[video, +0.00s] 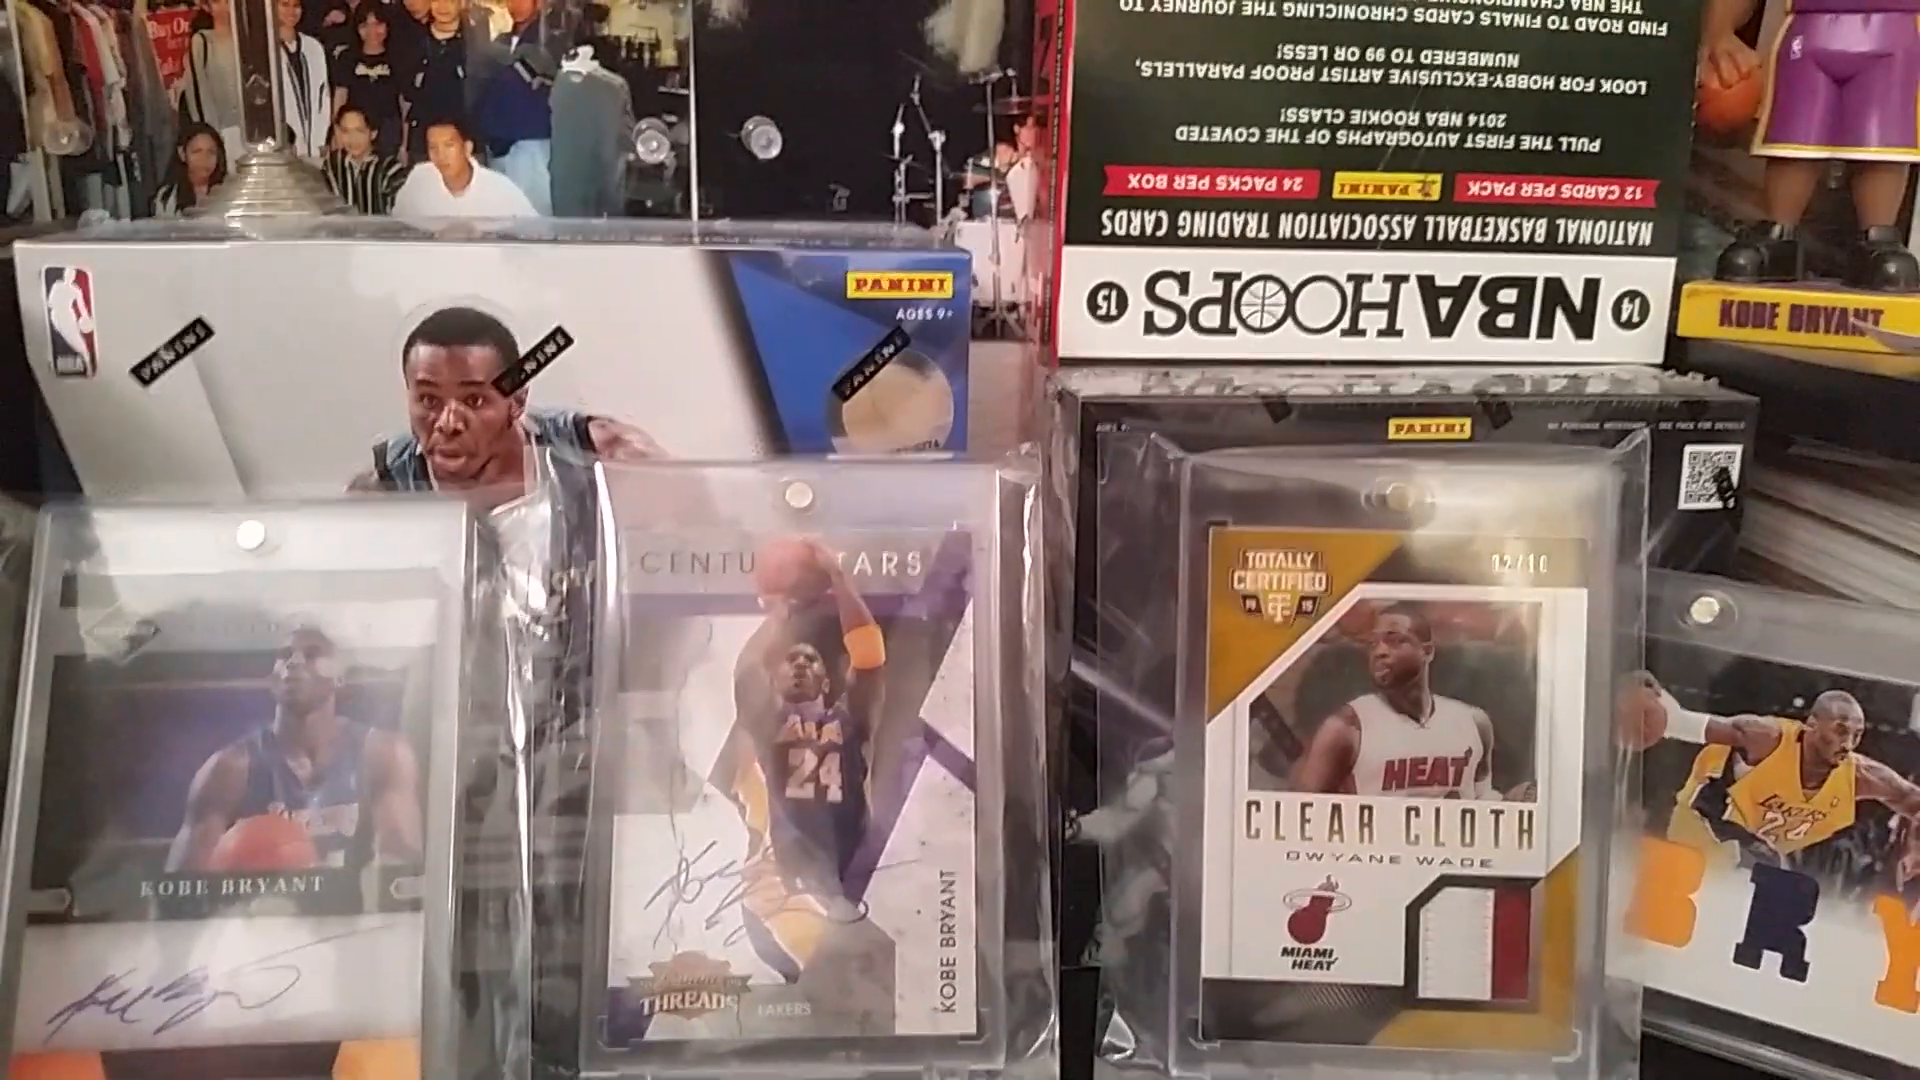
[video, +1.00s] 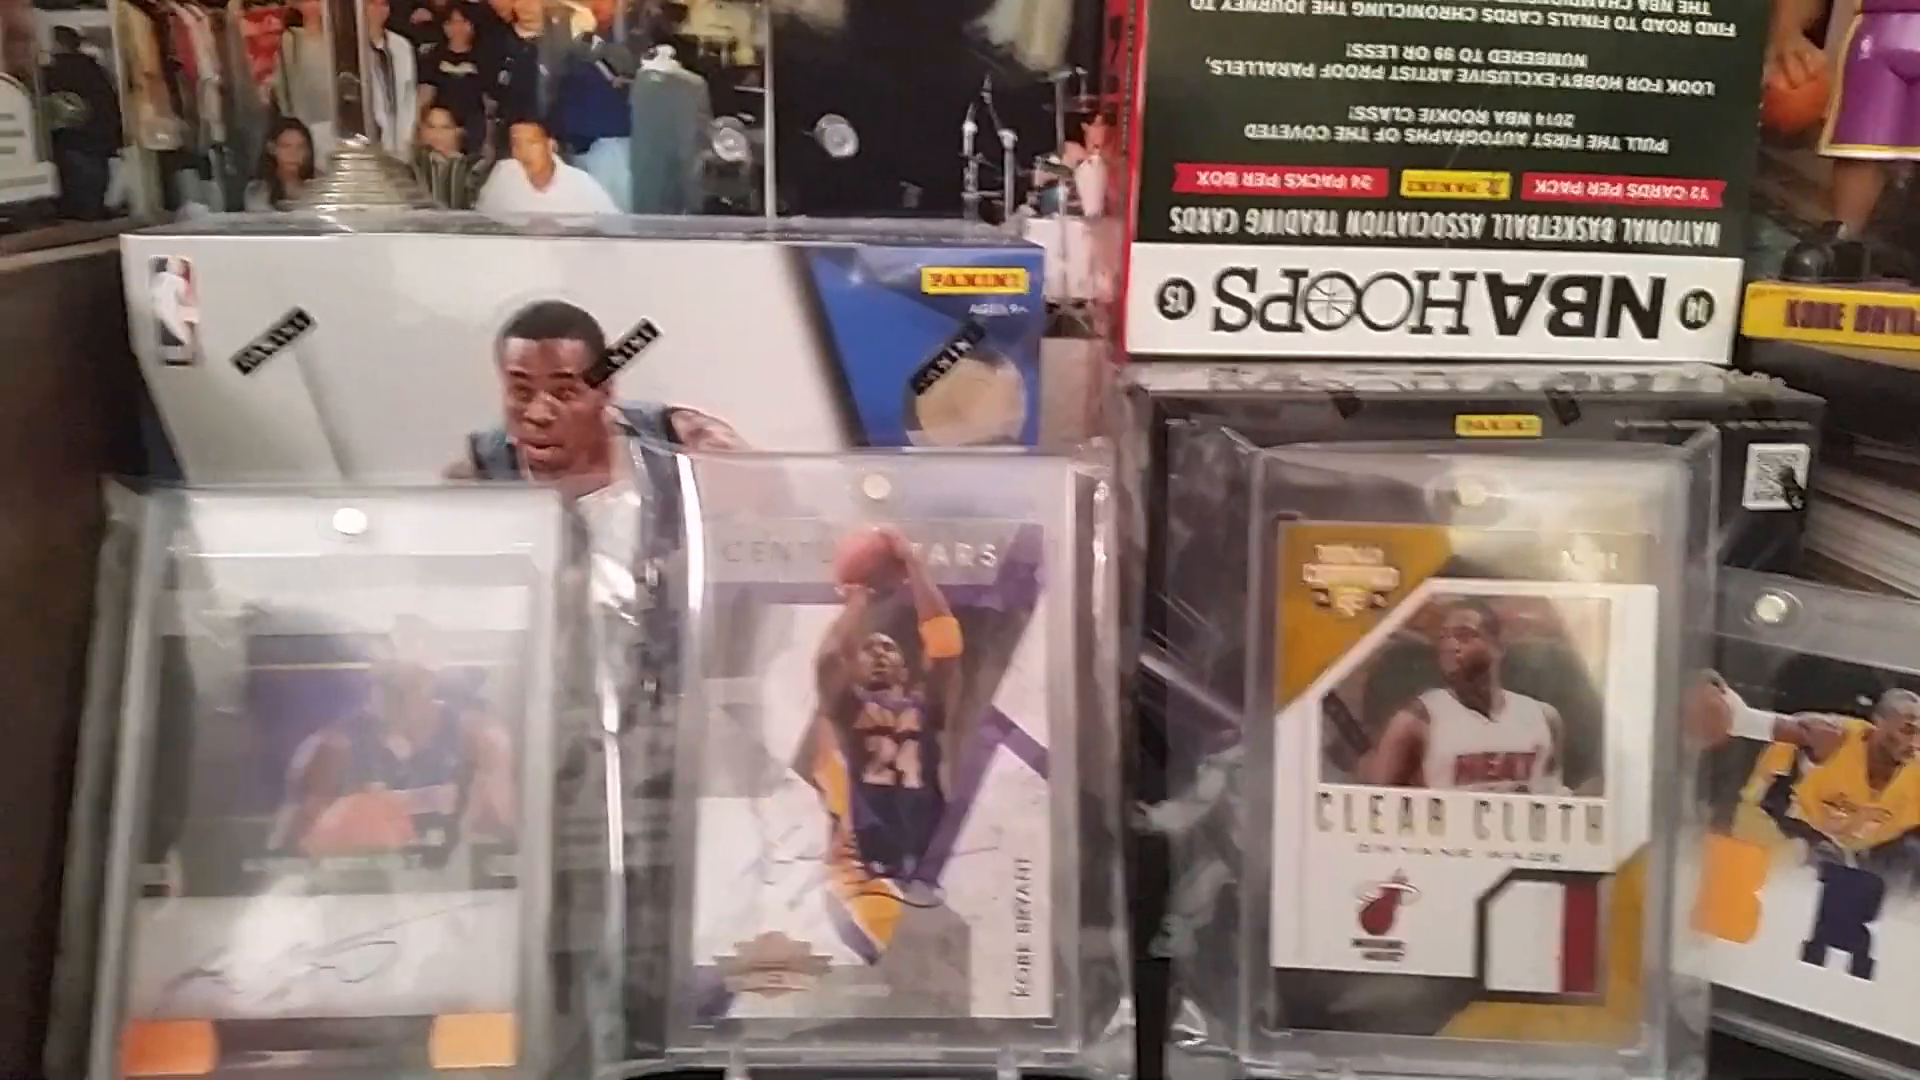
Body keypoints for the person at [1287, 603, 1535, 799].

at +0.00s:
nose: (1379, 651)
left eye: (1395, 641)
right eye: (1374, 643)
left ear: (1428, 651)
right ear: (1368, 652)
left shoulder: (1474, 724)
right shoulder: (1344, 729)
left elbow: (1481, 804)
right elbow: (1296, 816)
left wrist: (1510, 803)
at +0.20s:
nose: (1390, 652)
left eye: (1407, 641)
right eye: (1385, 643)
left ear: (1441, 652)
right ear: (1380, 651)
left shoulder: (1487, 726)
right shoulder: (1356, 730)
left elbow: (1492, 801)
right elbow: (1310, 818)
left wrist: (1521, 804)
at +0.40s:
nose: (1402, 650)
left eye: (1418, 639)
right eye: (1397, 641)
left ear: (1452, 649)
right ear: (1391, 649)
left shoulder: (1499, 724)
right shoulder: (1367, 727)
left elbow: (1504, 802)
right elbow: (1321, 816)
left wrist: (1533, 802)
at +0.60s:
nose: (1416, 648)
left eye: (1432, 637)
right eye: (1411, 639)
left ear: (1466, 648)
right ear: (1405, 649)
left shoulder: (1512, 723)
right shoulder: (1381, 726)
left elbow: (1519, 806)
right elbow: (1338, 816)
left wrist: (1548, 802)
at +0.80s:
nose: (1418, 649)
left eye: (1434, 637)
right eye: (1413, 640)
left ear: (1467, 648)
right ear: (1407, 648)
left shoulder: (1515, 723)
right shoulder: (1383, 726)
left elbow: (1519, 802)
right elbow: (1342, 817)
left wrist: (1548, 802)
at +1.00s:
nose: (1451, 645)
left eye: (1465, 636)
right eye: (1444, 638)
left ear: (1498, 647)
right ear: (1437, 650)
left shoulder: (1546, 720)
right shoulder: (1415, 721)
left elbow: (1554, 799)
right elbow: (1374, 807)